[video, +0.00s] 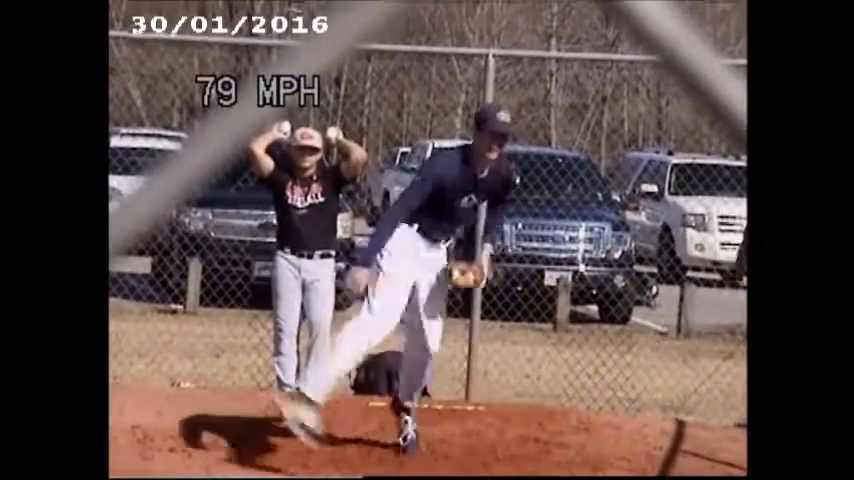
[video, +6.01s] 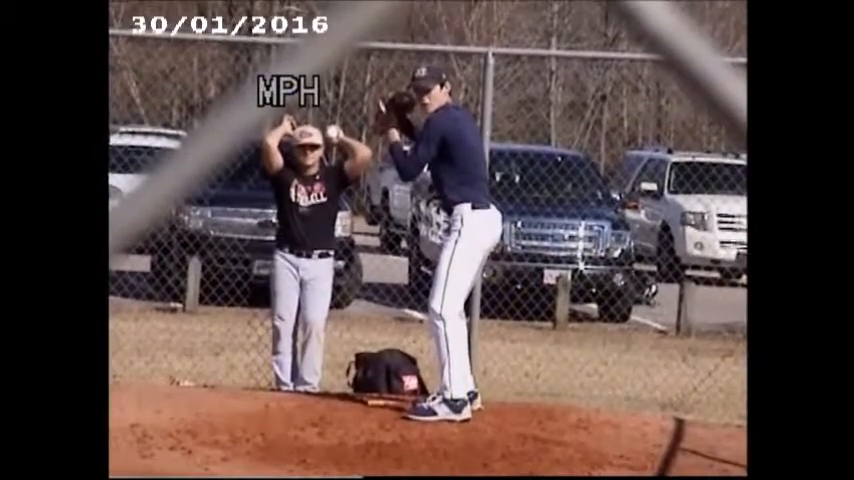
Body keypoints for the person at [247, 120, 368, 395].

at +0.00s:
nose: (307, 157)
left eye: (313, 152)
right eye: (301, 151)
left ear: (321, 153)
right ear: (291, 153)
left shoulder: (332, 177)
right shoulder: (281, 179)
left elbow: (360, 158)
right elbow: (255, 150)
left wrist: (340, 140)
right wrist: (275, 133)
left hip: (322, 261)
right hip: (287, 259)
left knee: (320, 326)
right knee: (285, 326)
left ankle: (315, 385)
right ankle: (285, 384)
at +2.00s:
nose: (311, 161)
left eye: (316, 157)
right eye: (306, 153)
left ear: (324, 155)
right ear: (296, 158)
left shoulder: (334, 175)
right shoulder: (289, 179)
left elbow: (374, 158)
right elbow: (286, 204)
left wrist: (344, 139)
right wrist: (299, 166)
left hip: (324, 259)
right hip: (289, 259)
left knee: (321, 323)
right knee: (287, 323)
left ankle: (316, 384)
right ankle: (288, 383)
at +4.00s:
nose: (304, 153)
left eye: (309, 147)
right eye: (299, 148)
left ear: (318, 148)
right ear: (290, 150)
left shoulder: (331, 175)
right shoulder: (281, 174)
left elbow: (367, 159)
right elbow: (263, 144)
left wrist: (343, 140)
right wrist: (280, 129)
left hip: (319, 259)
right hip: (285, 257)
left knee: (313, 322)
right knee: (280, 321)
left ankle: (309, 381)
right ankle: (278, 381)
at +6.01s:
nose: (308, 154)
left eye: (313, 148)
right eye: (303, 149)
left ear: (323, 150)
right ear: (294, 151)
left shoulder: (334, 176)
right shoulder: (284, 177)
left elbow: (365, 155)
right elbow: (269, 146)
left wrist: (342, 139)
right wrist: (283, 129)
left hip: (320, 261)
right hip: (286, 259)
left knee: (314, 323)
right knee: (282, 321)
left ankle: (309, 382)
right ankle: (283, 381)